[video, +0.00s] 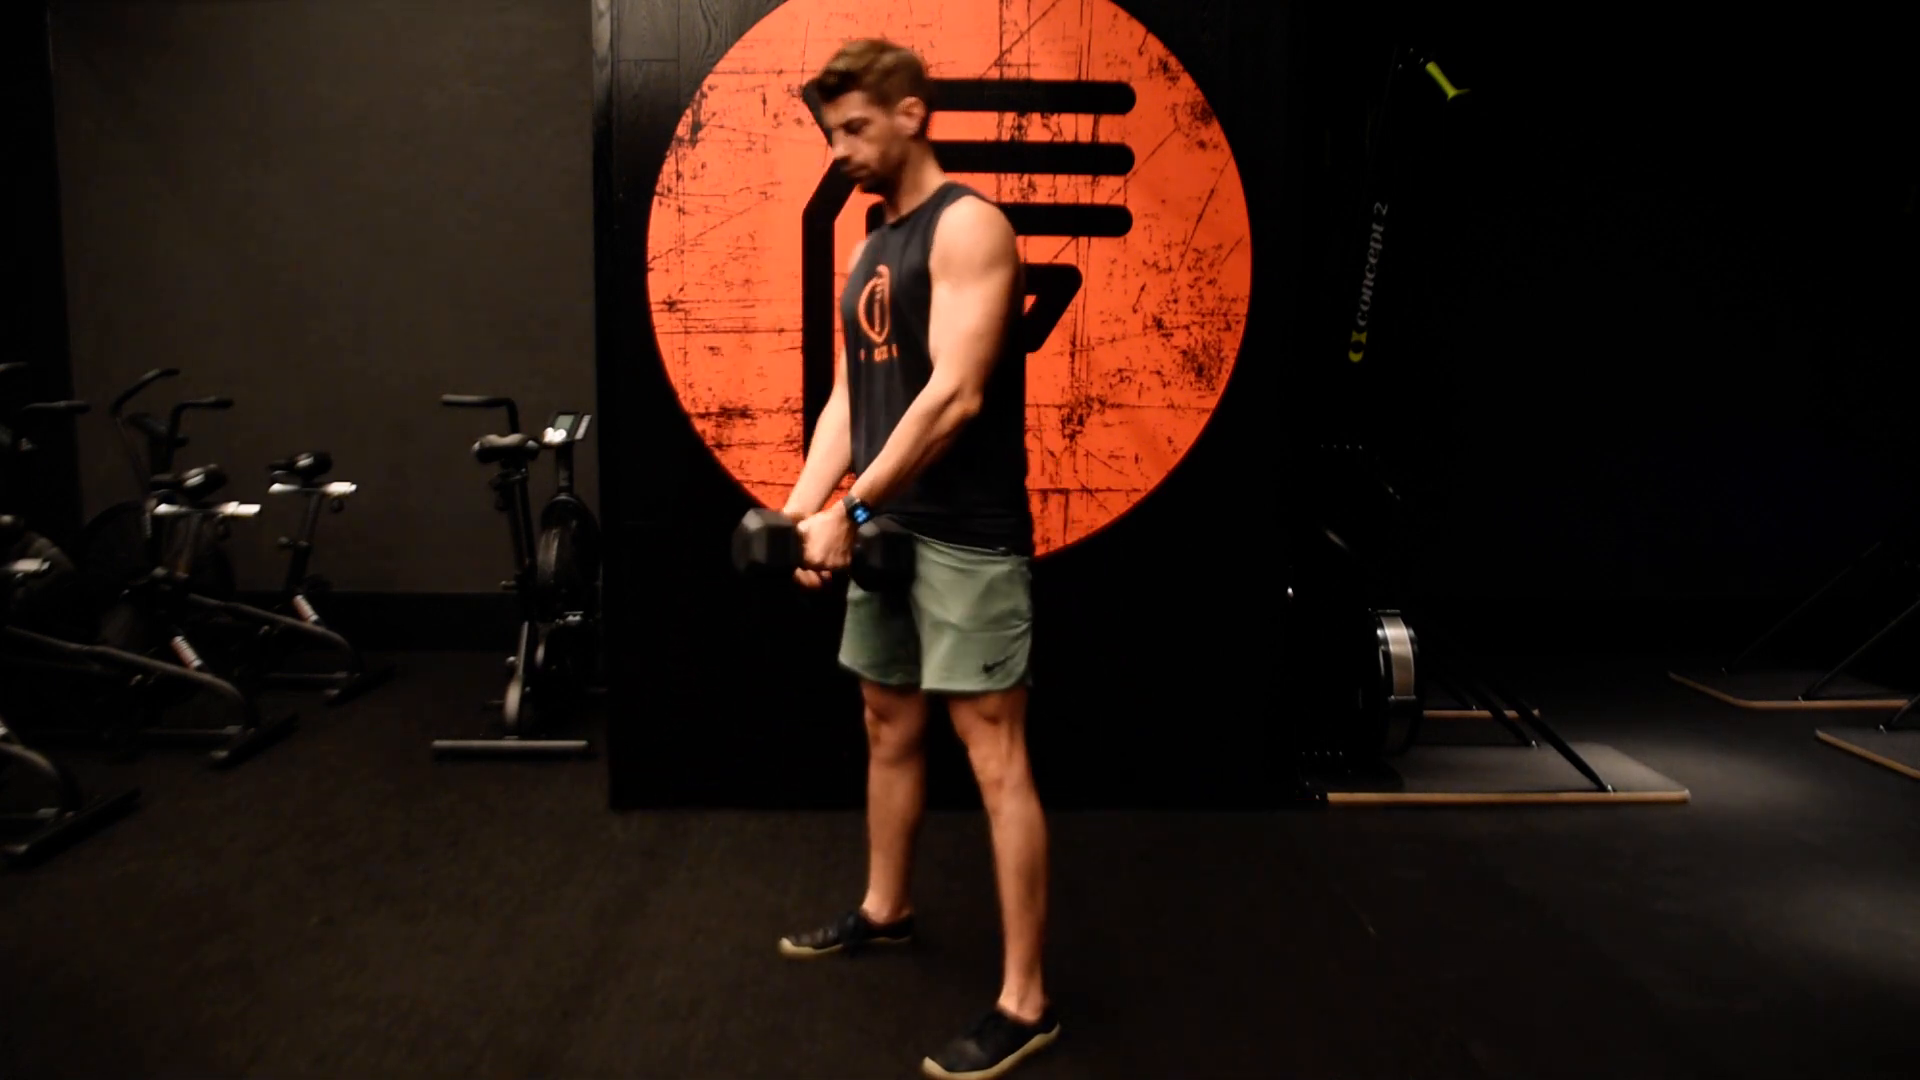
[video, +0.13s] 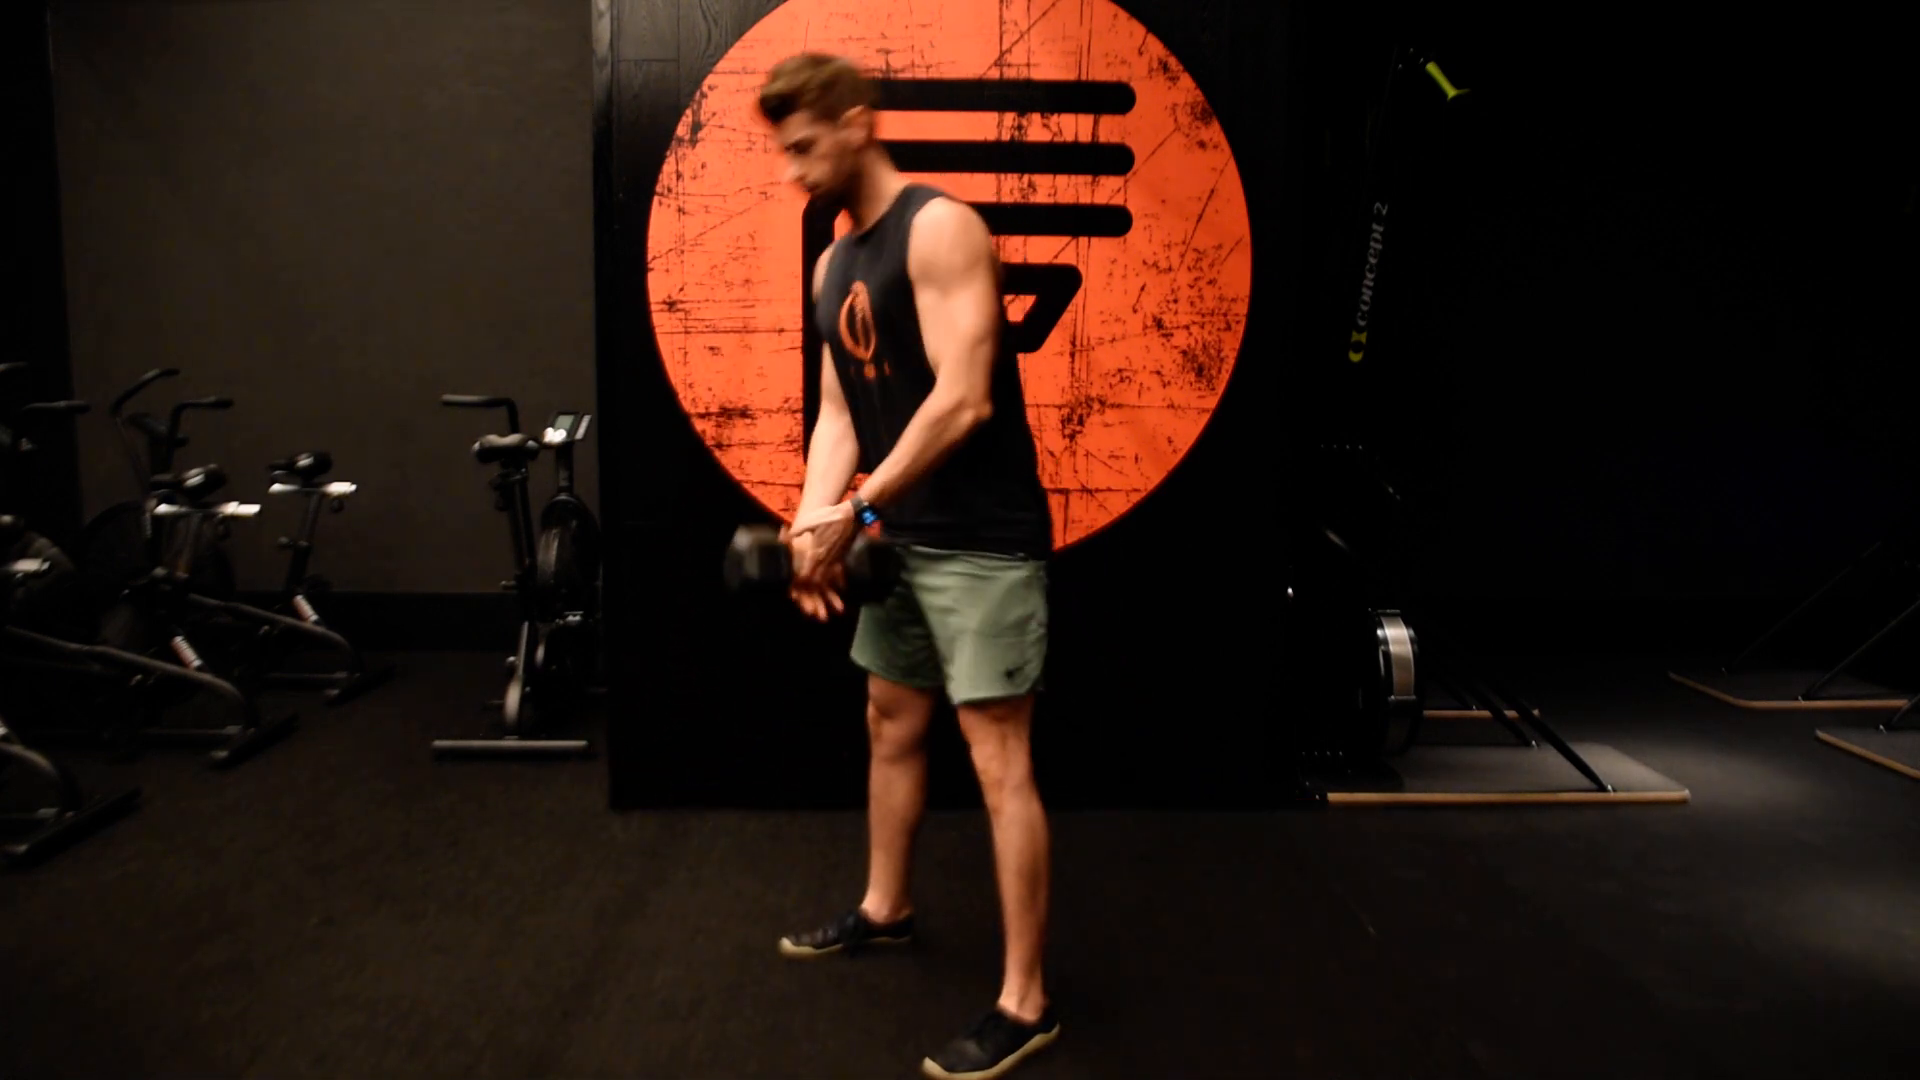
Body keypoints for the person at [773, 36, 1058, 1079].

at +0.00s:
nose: (841, 150)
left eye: (852, 129)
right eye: (833, 134)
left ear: (911, 114)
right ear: (852, 133)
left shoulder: (972, 225)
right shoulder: (872, 249)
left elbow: (957, 393)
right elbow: (850, 396)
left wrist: (849, 508)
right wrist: (799, 514)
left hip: (968, 539)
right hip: (887, 533)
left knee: (998, 760)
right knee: (889, 729)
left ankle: (1025, 999)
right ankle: (883, 912)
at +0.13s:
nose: (791, 169)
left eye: (803, 146)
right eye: (782, 151)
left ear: (860, 126)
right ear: (796, 147)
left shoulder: (944, 229)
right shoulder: (831, 264)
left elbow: (964, 399)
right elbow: (836, 417)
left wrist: (854, 507)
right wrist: (813, 535)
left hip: (981, 543)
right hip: (896, 543)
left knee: (1001, 762)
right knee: (892, 729)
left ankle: (1026, 999)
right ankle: (883, 910)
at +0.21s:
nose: (753, 208)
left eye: (760, 185)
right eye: (745, 192)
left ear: (818, 156)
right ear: (784, 175)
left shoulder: (919, 247)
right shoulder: (812, 290)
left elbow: (975, 410)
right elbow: (830, 439)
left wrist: (874, 527)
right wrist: (812, 549)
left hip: (999, 543)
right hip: (906, 544)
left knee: (997, 753)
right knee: (885, 724)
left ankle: (1025, 998)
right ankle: (884, 909)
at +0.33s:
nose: (699, 316)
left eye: (702, 292)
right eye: (687, 301)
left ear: (752, 256)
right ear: (724, 281)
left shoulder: (888, 325)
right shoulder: (784, 381)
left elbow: (966, 489)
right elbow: (810, 528)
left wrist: (899, 632)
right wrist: (802, 673)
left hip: (1030, 550)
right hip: (942, 549)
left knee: (994, 762)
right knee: (861, 705)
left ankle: (1024, 1002)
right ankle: (883, 908)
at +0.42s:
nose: (684, 416)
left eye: (685, 390)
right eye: (671, 401)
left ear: (726, 353)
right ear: (711, 369)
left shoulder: (873, 400)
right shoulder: (770, 452)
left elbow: (942, 571)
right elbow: (802, 603)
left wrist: (908, 732)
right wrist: (801, 749)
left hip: (1035, 557)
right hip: (944, 557)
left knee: (987, 766)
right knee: (851, 717)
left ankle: (1024, 1002)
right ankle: (883, 907)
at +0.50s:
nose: (680, 523)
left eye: (677, 502)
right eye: (667, 510)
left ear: (712, 450)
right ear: (710, 452)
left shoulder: (858, 479)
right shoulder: (766, 529)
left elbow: (911, 659)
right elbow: (795, 676)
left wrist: (896, 826)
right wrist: (799, 821)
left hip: (1036, 573)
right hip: (941, 583)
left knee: (977, 773)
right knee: (838, 720)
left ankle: (1023, 1007)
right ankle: (882, 912)